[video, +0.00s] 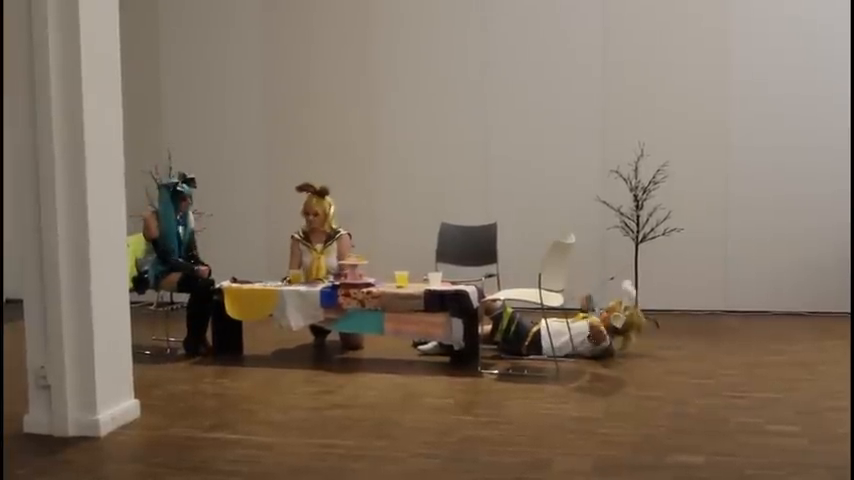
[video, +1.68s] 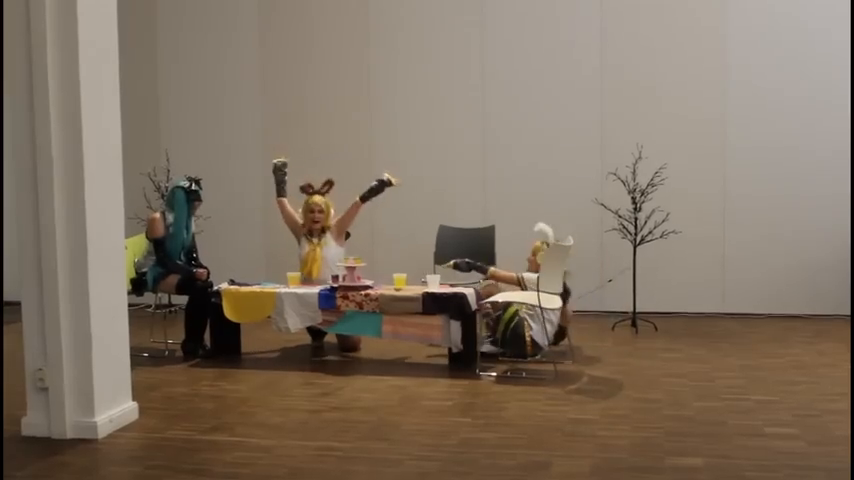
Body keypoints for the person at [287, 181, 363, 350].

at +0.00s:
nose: (310, 219)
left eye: (315, 214)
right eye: (306, 214)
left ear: (327, 214)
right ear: (302, 214)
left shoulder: (340, 237)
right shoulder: (298, 239)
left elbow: (346, 270)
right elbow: (293, 272)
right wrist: (294, 283)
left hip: (337, 292)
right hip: (309, 294)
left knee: (354, 343)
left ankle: (346, 334)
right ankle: (319, 337)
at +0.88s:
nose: (315, 209)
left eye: (321, 205)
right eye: (312, 205)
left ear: (332, 209)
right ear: (308, 207)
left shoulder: (342, 229)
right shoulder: (302, 231)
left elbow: (348, 258)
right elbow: (289, 259)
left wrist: (335, 273)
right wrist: (285, 275)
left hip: (339, 291)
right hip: (309, 293)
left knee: (353, 345)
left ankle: (344, 339)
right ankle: (317, 340)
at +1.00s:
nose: (315, 207)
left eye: (321, 204)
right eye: (313, 203)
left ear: (332, 207)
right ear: (311, 205)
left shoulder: (338, 228)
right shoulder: (305, 225)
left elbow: (351, 226)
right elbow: (273, 224)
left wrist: (353, 223)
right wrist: (283, 247)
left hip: (339, 288)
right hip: (310, 288)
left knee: (354, 345)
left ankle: (344, 338)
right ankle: (317, 338)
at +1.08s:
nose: (311, 207)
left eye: (316, 203)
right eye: (311, 203)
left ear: (330, 207)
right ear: (311, 205)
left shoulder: (341, 227)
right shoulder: (308, 223)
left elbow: (353, 202)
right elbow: (286, 195)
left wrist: (350, 197)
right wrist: (283, 208)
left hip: (339, 293)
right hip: (311, 293)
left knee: (352, 345)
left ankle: (344, 340)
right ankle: (317, 341)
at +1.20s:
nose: (308, 208)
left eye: (313, 204)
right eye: (308, 203)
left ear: (326, 207)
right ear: (308, 206)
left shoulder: (337, 229)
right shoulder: (308, 226)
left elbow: (344, 193)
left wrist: (351, 162)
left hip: (336, 298)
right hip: (308, 298)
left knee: (350, 345)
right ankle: (318, 335)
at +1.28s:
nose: (306, 208)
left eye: (311, 203)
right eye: (306, 203)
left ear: (324, 207)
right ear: (306, 207)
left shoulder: (337, 231)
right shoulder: (305, 230)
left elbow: (349, 193)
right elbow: (297, 203)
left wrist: (361, 165)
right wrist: (295, 175)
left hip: (337, 298)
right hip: (310, 299)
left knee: (352, 345)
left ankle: (345, 334)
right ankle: (317, 338)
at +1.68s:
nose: (315, 216)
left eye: (320, 211)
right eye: (311, 211)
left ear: (328, 214)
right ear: (304, 214)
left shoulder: (336, 233)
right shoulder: (303, 236)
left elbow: (357, 205)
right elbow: (283, 204)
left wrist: (382, 184)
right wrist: (280, 177)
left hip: (339, 296)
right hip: (310, 297)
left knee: (351, 346)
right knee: (295, 300)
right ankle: (316, 339)